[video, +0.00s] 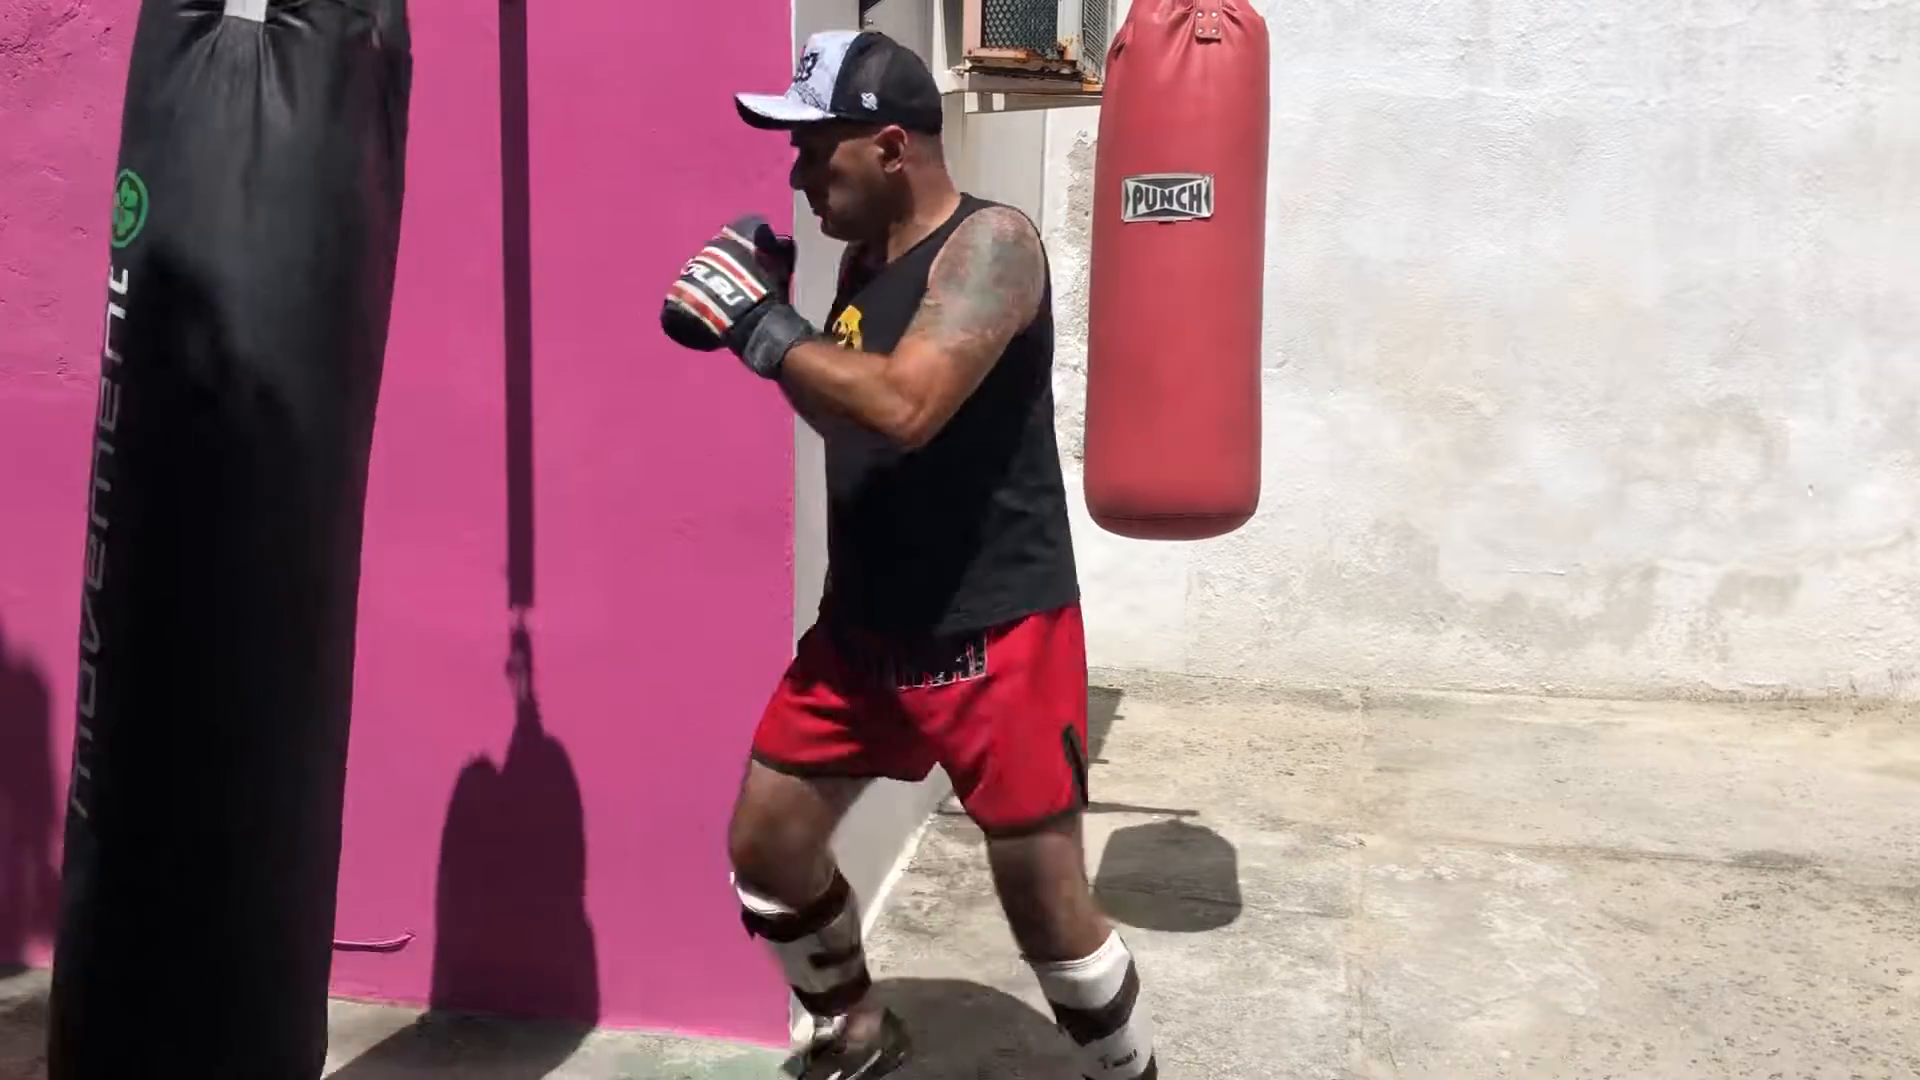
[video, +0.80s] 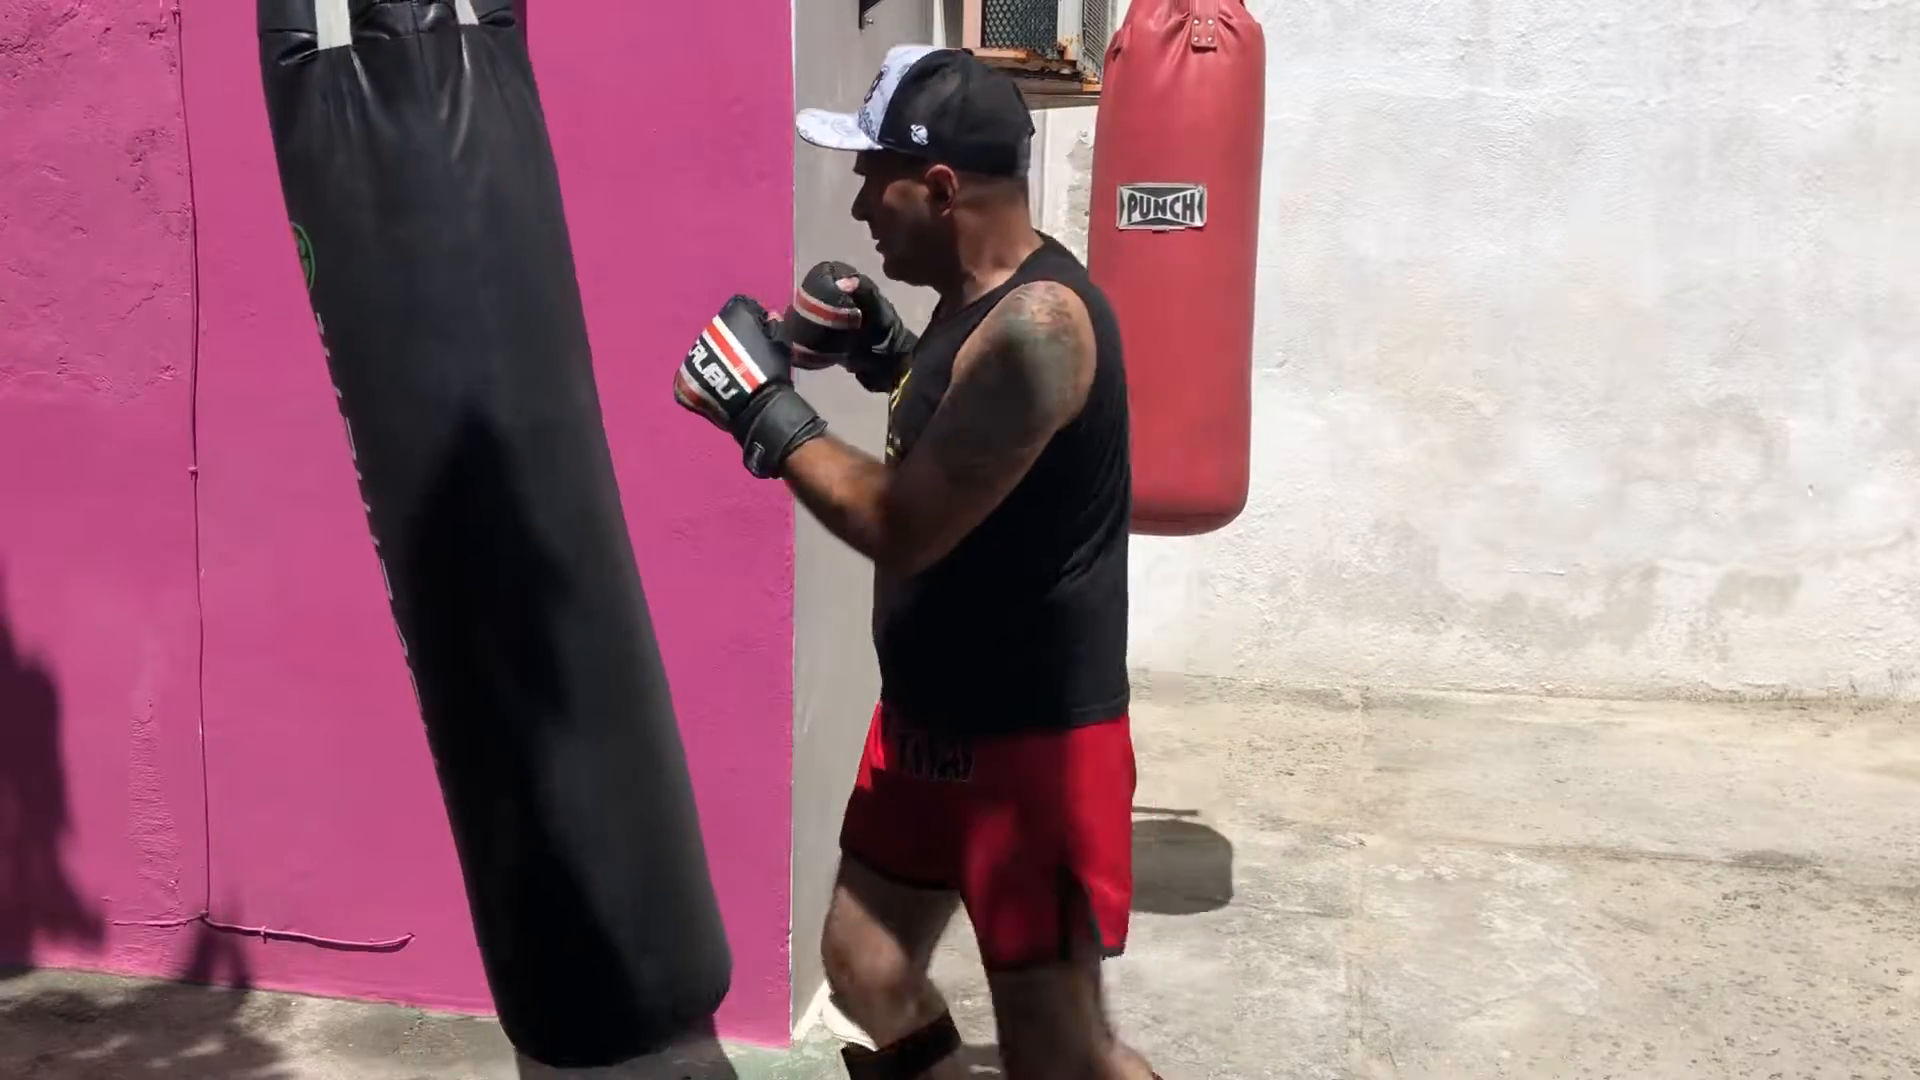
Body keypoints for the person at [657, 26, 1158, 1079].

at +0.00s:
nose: (800, 166)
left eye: (818, 145)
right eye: (798, 143)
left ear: (896, 147)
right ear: (877, 150)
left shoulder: (995, 241)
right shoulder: (861, 261)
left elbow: (903, 408)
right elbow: (857, 418)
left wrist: (764, 322)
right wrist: (770, 317)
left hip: (1000, 628)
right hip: (867, 622)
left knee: (1048, 913)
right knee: (769, 846)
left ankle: (1126, 1067)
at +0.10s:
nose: (853, 160)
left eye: (872, 137)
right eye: (851, 136)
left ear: (951, 138)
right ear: (934, 141)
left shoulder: (1051, 237)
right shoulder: (905, 247)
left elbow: (986, 407)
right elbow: (856, 405)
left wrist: (833, 337)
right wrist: (772, 324)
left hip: (1050, 605)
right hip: (926, 607)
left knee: (1065, 894)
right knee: (908, 859)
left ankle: (1133, 1063)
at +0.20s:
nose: (884, 186)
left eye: (903, 163)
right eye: (884, 162)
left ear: (982, 169)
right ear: (964, 173)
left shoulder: (1080, 269)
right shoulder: (932, 271)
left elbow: (1032, 446)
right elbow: (865, 420)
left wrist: (878, 372)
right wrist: (756, 355)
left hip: (1079, 643)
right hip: (965, 647)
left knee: (1100, 944)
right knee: (1035, 924)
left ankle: (1172, 1072)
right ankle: (1139, 1033)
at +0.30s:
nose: (921, 248)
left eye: (941, 225)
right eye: (924, 222)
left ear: (1017, 233)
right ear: (1009, 234)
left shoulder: (1121, 336)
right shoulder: (979, 325)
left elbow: (1058, 524)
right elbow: (970, 476)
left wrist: (911, 444)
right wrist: (845, 469)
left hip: (1124, 699)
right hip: (1024, 697)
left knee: (1161, 997)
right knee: (1093, 952)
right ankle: (1159, 1055)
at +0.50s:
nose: (929, 219)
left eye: (946, 191)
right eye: (932, 192)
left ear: (1022, 200)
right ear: (1024, 201)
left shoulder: (1132, 305)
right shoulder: (1040, 304)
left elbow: (1028, 510)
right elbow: (1020, 460)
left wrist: (872, 416)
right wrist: (937, 481)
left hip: (1152, 702)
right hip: (1028, 689)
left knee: (1179, 1016)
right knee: (951, 917)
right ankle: (1106, 1050)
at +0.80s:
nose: (859, 200)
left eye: (875, 177)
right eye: (863, 175)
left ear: (942, 189)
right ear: (953, 185)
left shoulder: (1034, 328)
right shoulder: (993, 300)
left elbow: (897, 528)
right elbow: (976, 457)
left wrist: (766, 410)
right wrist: (882, 354)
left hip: (1034, 733)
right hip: (932, 713)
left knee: (1056, 1042)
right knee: (866, 966)